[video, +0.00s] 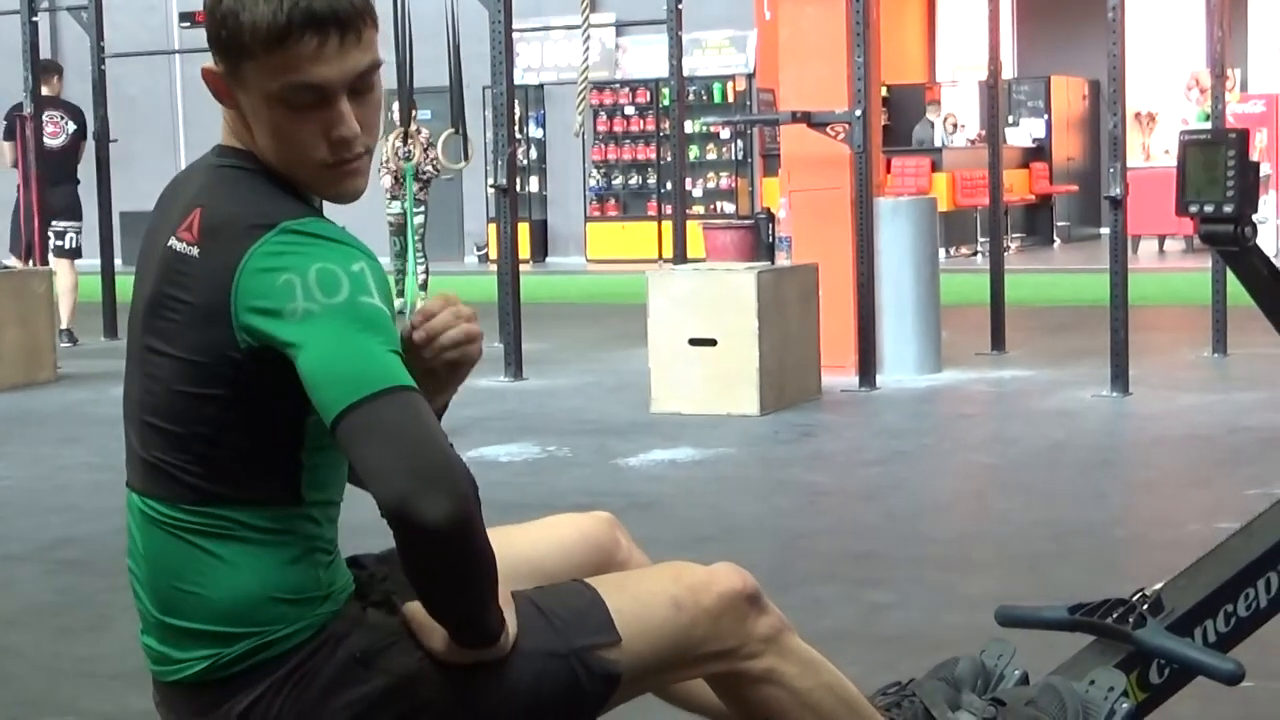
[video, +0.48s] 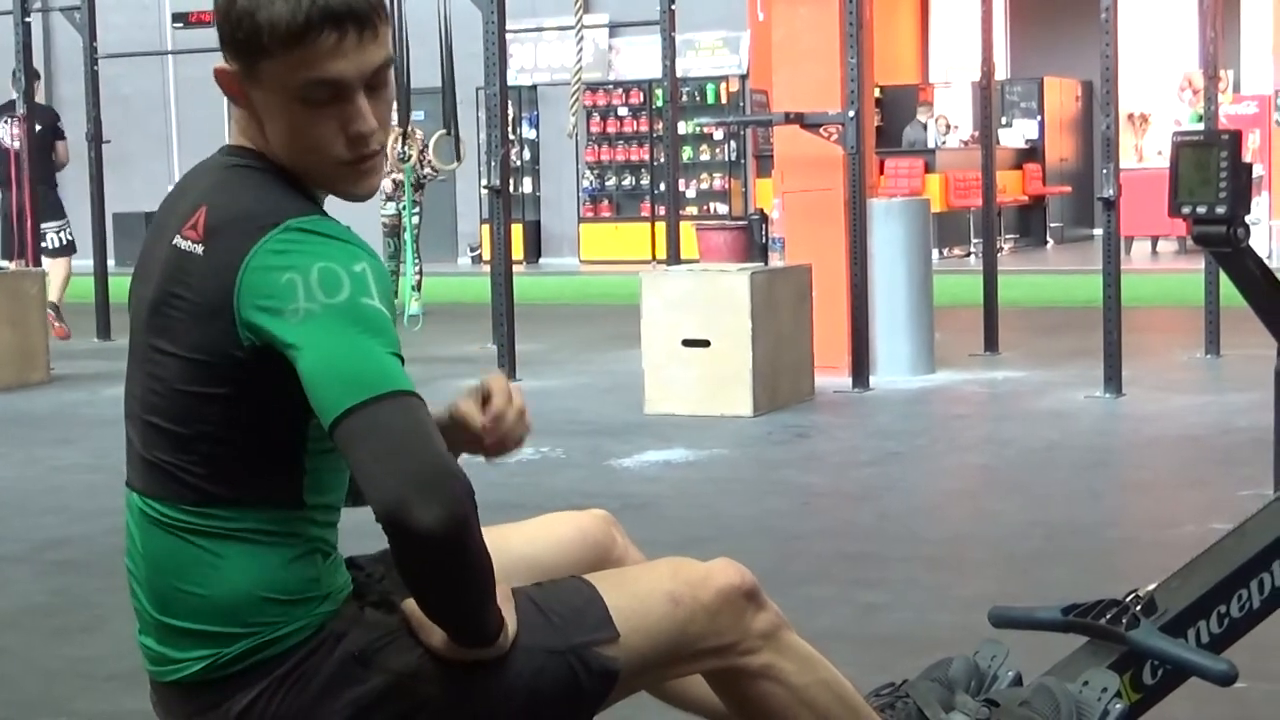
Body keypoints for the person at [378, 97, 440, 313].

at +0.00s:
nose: (399, 117)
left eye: (403, 112)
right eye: (396, 112)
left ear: (413, 113)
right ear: (392, 115)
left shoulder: (424, 137)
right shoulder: (390, 140)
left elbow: (433, 167)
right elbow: (384, 165)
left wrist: (416, 170)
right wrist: (386, 178)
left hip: (417, 198)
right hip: (394, 198)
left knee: (417, 248)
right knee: (397, 249)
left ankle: (421, 294)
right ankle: (399, 296)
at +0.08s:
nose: (398, 117)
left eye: (401, 112)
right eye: (395, 112)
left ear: (411, 113)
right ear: (390, 115)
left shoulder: (421, 137)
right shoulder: (387, 140)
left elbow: (432, 167)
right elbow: (381, 165)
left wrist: (415, 171)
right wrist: (384, 178)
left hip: (414, 198)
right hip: (392, 198)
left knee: (415, 249)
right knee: (395, 250)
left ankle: (419, 295)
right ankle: (397, 296)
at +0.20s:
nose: (399, 117)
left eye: (402, 112)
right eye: (396, 113)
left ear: (411, 114)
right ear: (390, 116)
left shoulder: (421, 137)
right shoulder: (387, 140)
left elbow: (431, 167)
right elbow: (380, 166)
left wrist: (414, 170)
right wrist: (384, 177)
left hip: (414, 197)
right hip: (391, 197)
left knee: (414, 247)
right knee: (394, 249)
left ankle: (419, 295)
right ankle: (396, 296)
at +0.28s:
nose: (397, 117)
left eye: (400, 112)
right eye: (394, 113)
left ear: (410, 115)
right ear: (389, 116)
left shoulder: (420, 137)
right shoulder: (386, 140)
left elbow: (432, 166)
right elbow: (380, 166)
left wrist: (414, 172)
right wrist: (384, 178)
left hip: (414, 197)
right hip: (391, 198)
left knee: (413, 246)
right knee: (394, 249)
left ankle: (418, 294)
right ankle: (394, 295)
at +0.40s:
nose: (396, 116)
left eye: (399, 112)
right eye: (393, 112)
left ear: (409, 114)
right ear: (388, 115)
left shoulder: (419, 138)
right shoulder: (386, 140)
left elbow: (431, 169)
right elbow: (378, 167)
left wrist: (409, 176)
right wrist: (385, 179)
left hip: (412, 198)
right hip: (389, 198)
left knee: (412, 247)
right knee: (392, 250)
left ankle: (416, 295)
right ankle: (391, 296)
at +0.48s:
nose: (398, 118)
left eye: (401, 113)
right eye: (394, 113)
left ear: (408, 116)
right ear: (388, 115)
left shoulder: (418, 137)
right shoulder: (384, 139)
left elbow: (431, 168)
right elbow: (377, 171)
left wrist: (417, 176)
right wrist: (387, 181)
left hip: (412, 201)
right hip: (389, 201)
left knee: (412, 250)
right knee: (390, 252)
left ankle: (415, 296)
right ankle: (389, 296)